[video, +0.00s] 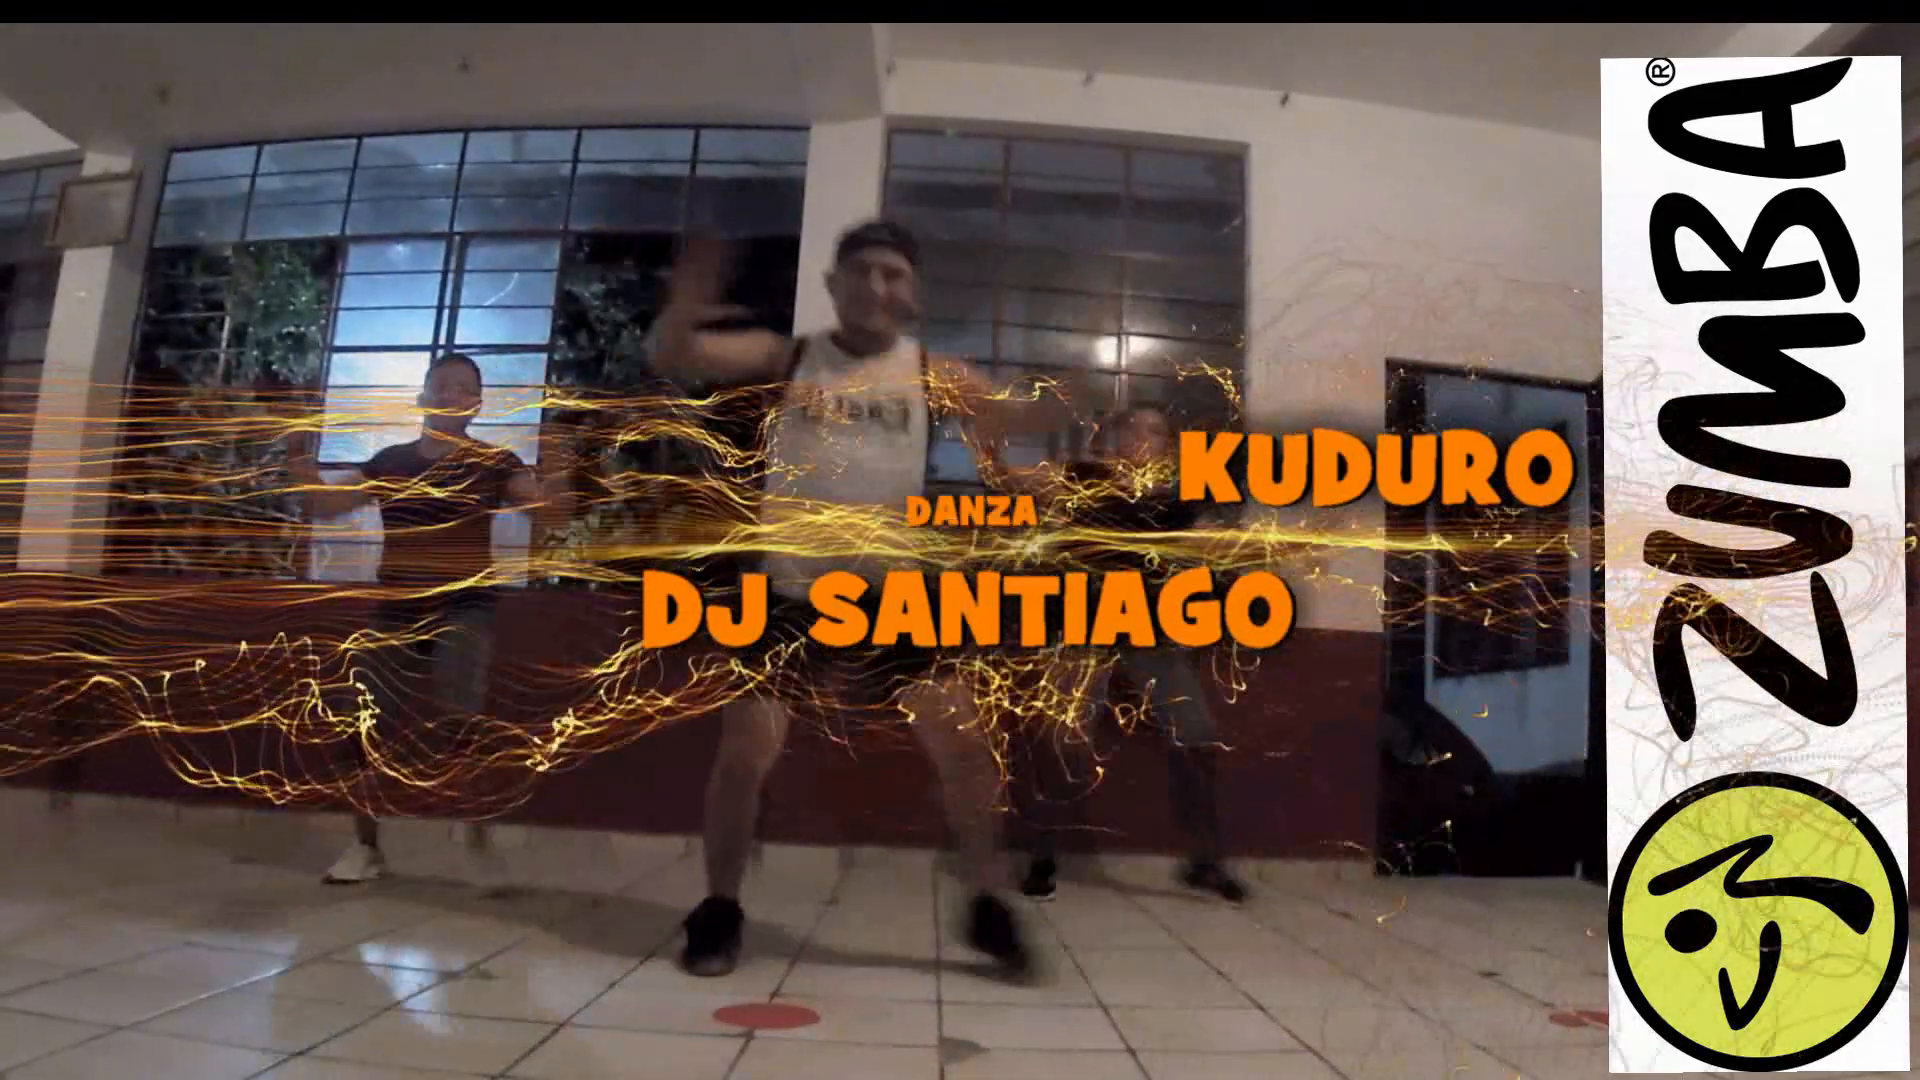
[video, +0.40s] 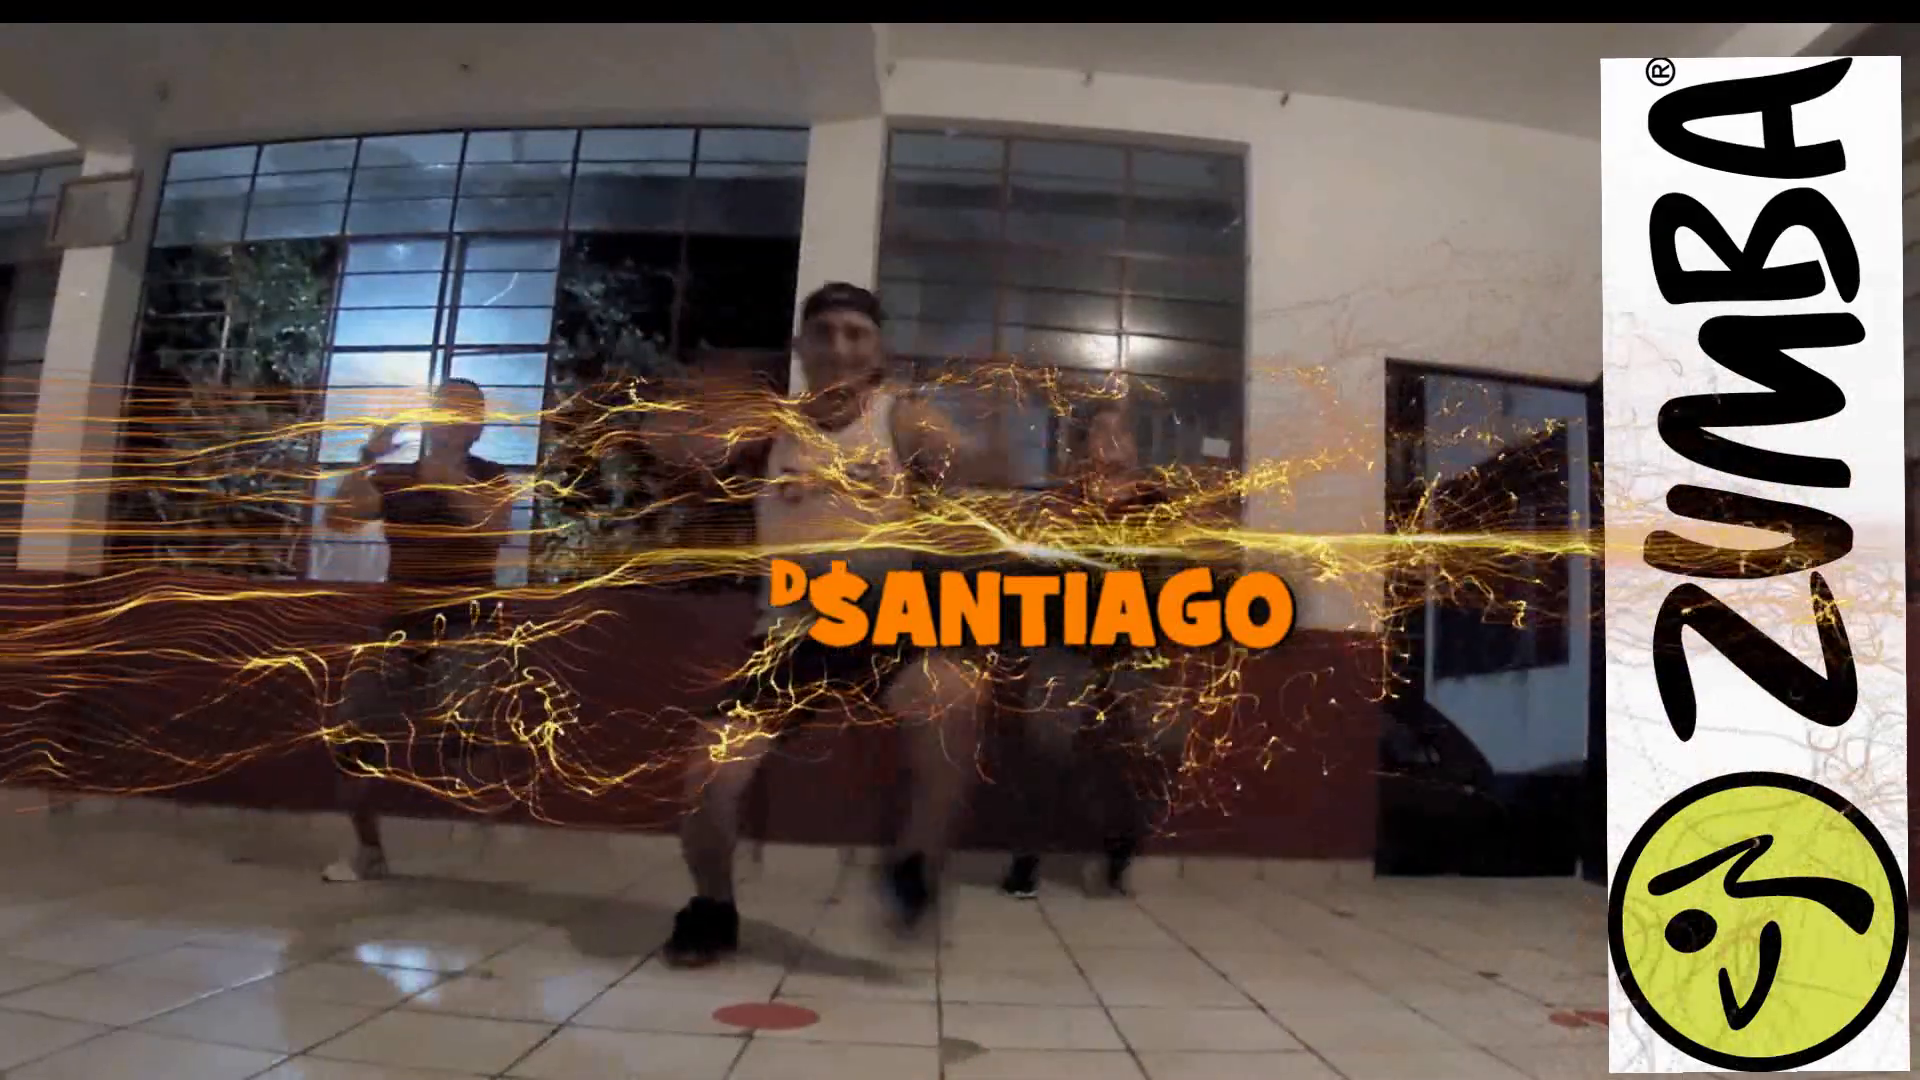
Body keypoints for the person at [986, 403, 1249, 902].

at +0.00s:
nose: (1146, 446)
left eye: (1155, 437)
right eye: (1137, 435)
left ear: (1169, 445)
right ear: (1115, 439)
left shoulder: (1177, 499)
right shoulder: (1087, 486)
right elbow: (1005, 480)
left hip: (1156, 631)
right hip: (1088, 629)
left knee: (1195, 735)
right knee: (1062, 737)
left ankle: (1204, 858)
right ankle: (1043, 853)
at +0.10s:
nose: (1133, 418)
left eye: (1141, 410)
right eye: (1125, 409)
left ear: (1153, 418)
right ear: (1108, 417)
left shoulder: (1166, 476)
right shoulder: (1079, 470)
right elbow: (1010, 468)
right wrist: (994, 412)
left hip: (1148, 620)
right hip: (1080, 619)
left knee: (1163, 737)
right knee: (1062, 736)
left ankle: (1129, 837)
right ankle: (1045, 850)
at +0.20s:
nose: (1124, 416)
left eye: (1133, 408)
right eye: (1116, 406)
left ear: (1148, 417)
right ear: (1101, 413)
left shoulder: (1161, 472)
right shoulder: (1078, 463)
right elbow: (1036, 470)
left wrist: (1152, 451)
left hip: (1127, 618)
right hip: (1067, 611)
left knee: (1114, 731)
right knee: (1054, 729)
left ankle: (1091, 839)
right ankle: (1032, 845)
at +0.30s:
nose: (1116, 414)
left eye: (1123, 405)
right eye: (1107, 406)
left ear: (1135, 414)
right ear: (1091, 417)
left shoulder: (1151, 470)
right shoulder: (1068, 473)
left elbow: (1205, 523)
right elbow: (1043, 523)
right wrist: (1061, 506)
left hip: (1120, 622)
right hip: (1058, 619)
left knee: (1102, 738)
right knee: (1044, 732)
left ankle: (1080, 848)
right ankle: (1023, 852)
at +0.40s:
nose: (1111, 446)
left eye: (1120, 435)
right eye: (1102, 435)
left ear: (1136, 444)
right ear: (1082, 445)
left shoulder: (1158, 509)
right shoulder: (1057, 507)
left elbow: (1181, 583)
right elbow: (1030, 582)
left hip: (1138, 645)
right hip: (1067, 643)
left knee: (1158, 731)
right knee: (1047, 731)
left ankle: (1121, 849)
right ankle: (1026, 851)